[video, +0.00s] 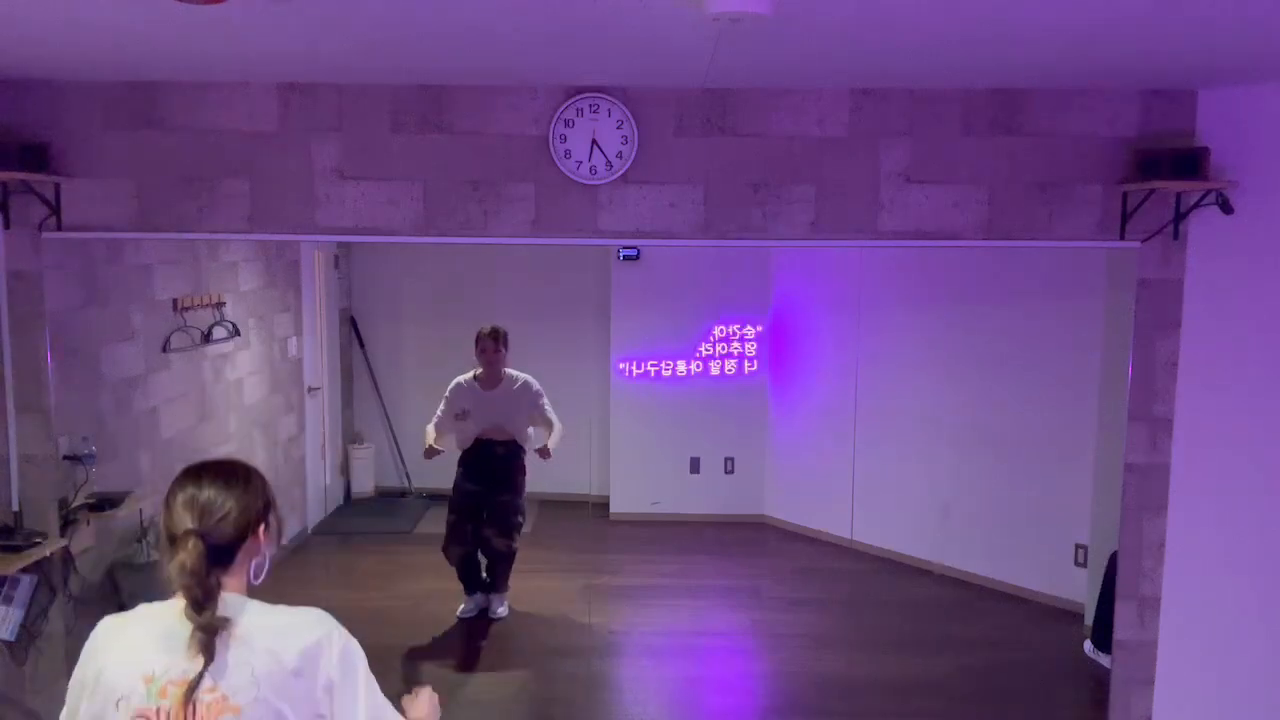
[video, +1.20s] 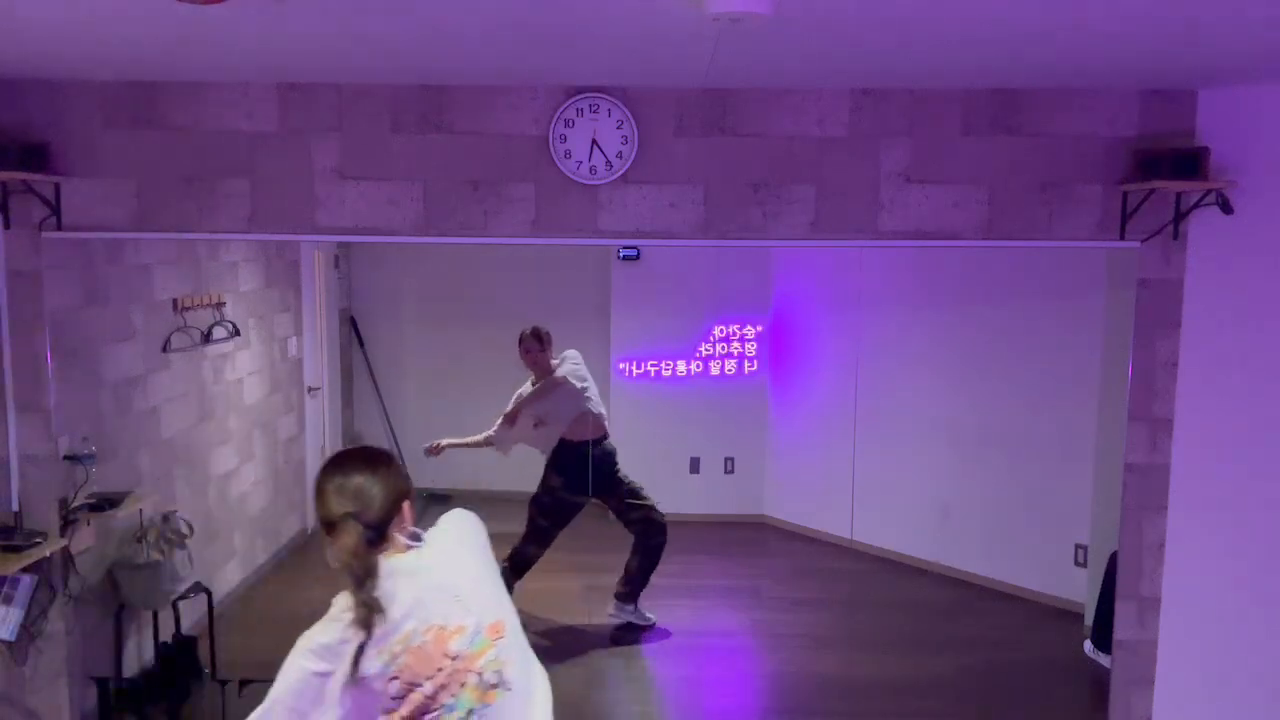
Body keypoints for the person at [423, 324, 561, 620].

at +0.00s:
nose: (488, 356)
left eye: (494, 350)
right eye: (482, 350)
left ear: (505, 353)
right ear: (475, 353)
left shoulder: (525, 386)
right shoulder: (460, 387)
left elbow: (554, 424)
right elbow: (436, 423)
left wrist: (549, 444)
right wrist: (430, 442)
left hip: (508, 462)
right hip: (473, 461)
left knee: (502, 532)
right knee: (457, 536)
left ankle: (498, 594)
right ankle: (474, 593)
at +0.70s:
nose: (484, 337)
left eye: (490, 332)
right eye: (477, 332)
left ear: (498, 337)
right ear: (468, 337)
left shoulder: (516, 372)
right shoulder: (455, 377)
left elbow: (530, 425)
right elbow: (442, 428)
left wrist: (523, 468)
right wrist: (452, 472)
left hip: (514, 449)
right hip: (477, 451)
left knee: (517, 528)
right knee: (465, 530)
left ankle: (501, 581)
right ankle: (475, 592)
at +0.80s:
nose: (479, 348)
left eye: (486, 343)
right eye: (473, 342)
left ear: (494, 348)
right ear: (464, 347)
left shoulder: (511, 376)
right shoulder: (454, 392)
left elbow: (517, 429)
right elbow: (456, 447)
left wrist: (512, 475)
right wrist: (454, 487)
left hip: (522, 452)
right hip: (486, 458)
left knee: (556, 529)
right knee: (465, 538)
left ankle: (515, 574)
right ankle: (477, 594)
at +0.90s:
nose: (477, 358)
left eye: (483, 353)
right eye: (472, 352)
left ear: (494, 356)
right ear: (465, 357)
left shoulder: (511, 377)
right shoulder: (461, 401)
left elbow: (516, 429)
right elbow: (462, 453)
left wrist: (499, 476)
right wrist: (447, 485)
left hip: (531, 462)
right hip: (496, 468)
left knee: (592, 524)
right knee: (478, 531)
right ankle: (477, 597)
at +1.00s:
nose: (488, 362)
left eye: (493, 355)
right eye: (482, 356)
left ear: (506, 357)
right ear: (476, 360)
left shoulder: (524, 372)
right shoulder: (478, 404)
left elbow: (520, 416)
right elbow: (466, 455)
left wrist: (489, 458)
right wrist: (435, 483)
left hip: (553, 468)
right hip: (517, 474)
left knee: (615, 523)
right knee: (497, 534)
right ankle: (479, 597)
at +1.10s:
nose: (509, 360)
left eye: (515, 353)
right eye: (504, 354)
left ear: (527, 354)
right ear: (497, 359)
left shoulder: (548, 367)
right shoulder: (502, 402)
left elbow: (534, 397)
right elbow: (478, 446)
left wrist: (498, 430)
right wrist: (437, 466)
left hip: (578, 464)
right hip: (543, 468)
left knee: (635, 525)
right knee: (520, 537)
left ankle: (624, 607)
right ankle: (482, 595)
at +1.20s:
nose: (532, 357)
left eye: (537, 349)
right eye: (526, 352)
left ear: (550, 347)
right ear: (520, 357)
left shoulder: (571, 361)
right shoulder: (524, 396)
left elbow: (562, 381)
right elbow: (494, 438)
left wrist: (519, 409)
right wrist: (447, 444)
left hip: (602, 462)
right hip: (565, 466)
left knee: (652, 527)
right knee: (534, 543)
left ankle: (625, 604)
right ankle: (490, 601)